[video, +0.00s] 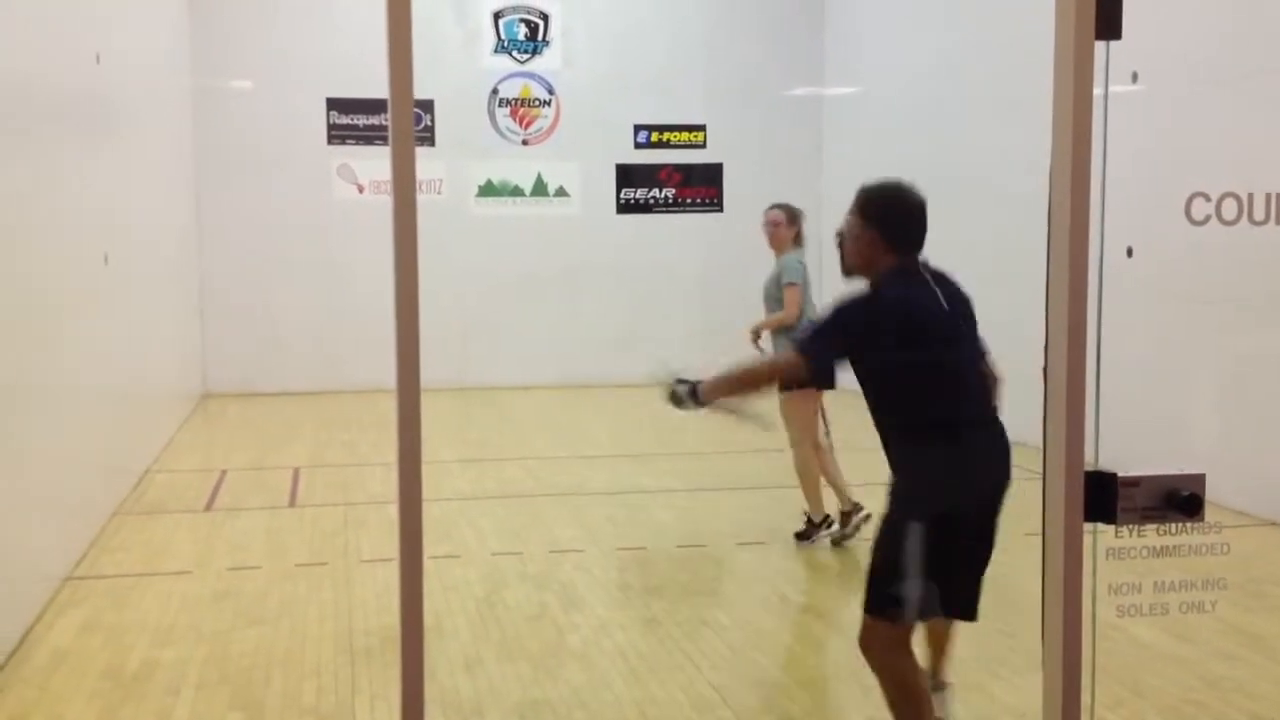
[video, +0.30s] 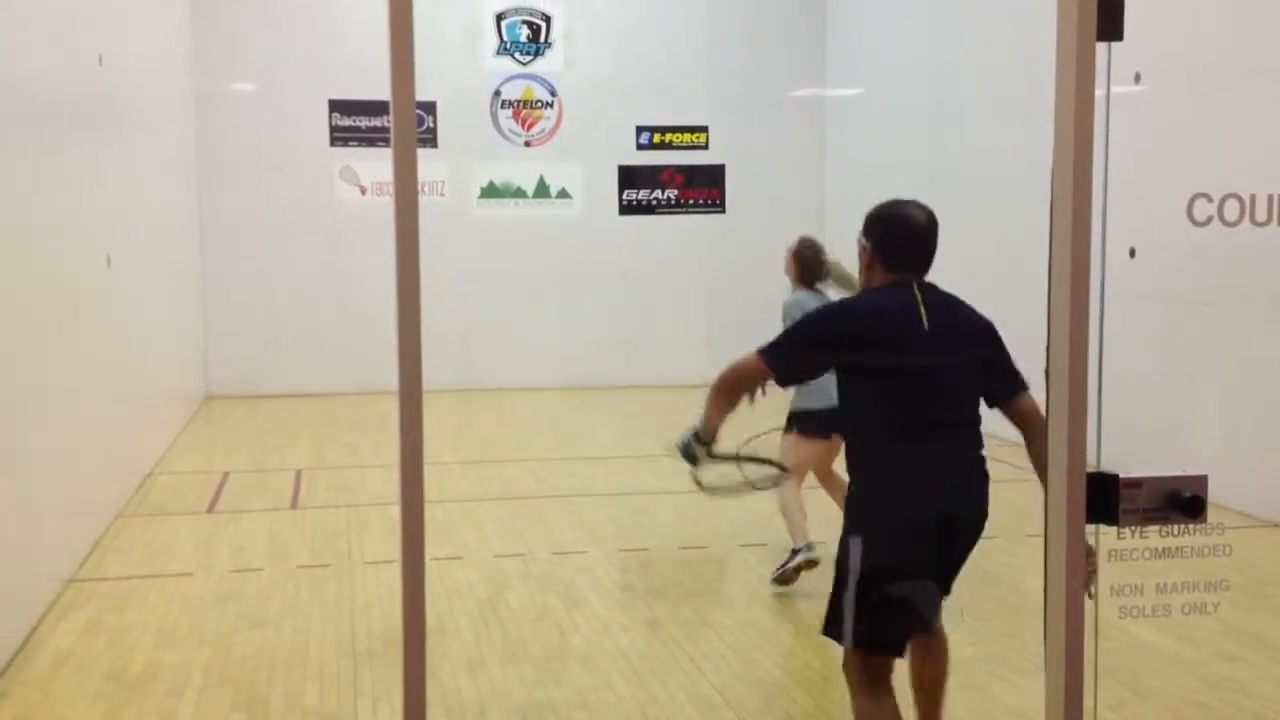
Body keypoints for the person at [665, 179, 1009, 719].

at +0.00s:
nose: (839, 235)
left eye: (850, 226)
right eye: (845, 224)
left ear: (879, 239)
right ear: (903, 239)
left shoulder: (863, 310)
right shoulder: (945, 291)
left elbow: (783, 369)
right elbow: (986, 377)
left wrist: (700, 391)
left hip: (929, 480)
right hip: (986, 466)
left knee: (882, 639)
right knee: (945, 586)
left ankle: (924, 711)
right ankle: (936, 681)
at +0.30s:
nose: (858, 255)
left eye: (860, 246)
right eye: (862, 245)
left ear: (868, 253)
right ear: (928, 257)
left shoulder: (848, 319)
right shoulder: (969, 324)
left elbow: (737, 377)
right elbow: (1034, 423)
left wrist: (705, 432)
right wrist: (1070, 525)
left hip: (888, 510)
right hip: (962, 504)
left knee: (870, 670)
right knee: (925, 616)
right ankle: (929, 717)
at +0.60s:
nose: (871, 261)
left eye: (872, 255)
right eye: (876, 253)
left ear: (878, 263)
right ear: (937, 260)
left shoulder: (856, 331)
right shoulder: (985, 315)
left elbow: (804, 422)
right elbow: (1063, 385)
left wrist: (836, 465)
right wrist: (1121, 458)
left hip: (908, 505)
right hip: (986, 499)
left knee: (904, 654)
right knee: (967, 630)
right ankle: (962, 719)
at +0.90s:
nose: (913, 261)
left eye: (913, 254)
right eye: (917, 253)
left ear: (920, 260)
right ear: (972, 252)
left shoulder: (907, 327)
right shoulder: (1023, 294)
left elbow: (895, 428)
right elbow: (1120, 340)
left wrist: (936, 448)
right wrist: (1188, 402)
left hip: (952, 490)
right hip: (1019, 487)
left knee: (951, 605)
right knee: (988, 634)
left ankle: (922, 709)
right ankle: (966, 719)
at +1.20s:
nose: (961, 278)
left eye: (961, 272)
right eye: (962, 271)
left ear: (967, 276)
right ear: (1017, 266)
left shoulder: (958, 337)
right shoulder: (1063, 307)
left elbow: (942, 434)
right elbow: (1146, 363)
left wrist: (976, 467)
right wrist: (1138, 405)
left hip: (1003, 486)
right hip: (1065, 481)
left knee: (1039, 606)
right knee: (1051, 619)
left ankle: (1077, 707)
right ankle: (1010, 707)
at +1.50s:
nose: (977, 253)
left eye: (978, 245)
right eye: (977, 245)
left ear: (987, 247)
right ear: (1032, 241)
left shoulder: (977, 303)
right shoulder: (1079, 279)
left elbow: (959, 388)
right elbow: (1145, 342)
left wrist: (966, 437)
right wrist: (1163, 419)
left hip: (1023, 451)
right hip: (1085, 444)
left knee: (1040, 565)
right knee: (1093, 549)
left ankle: (1069, 683)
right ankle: (1114, 666)